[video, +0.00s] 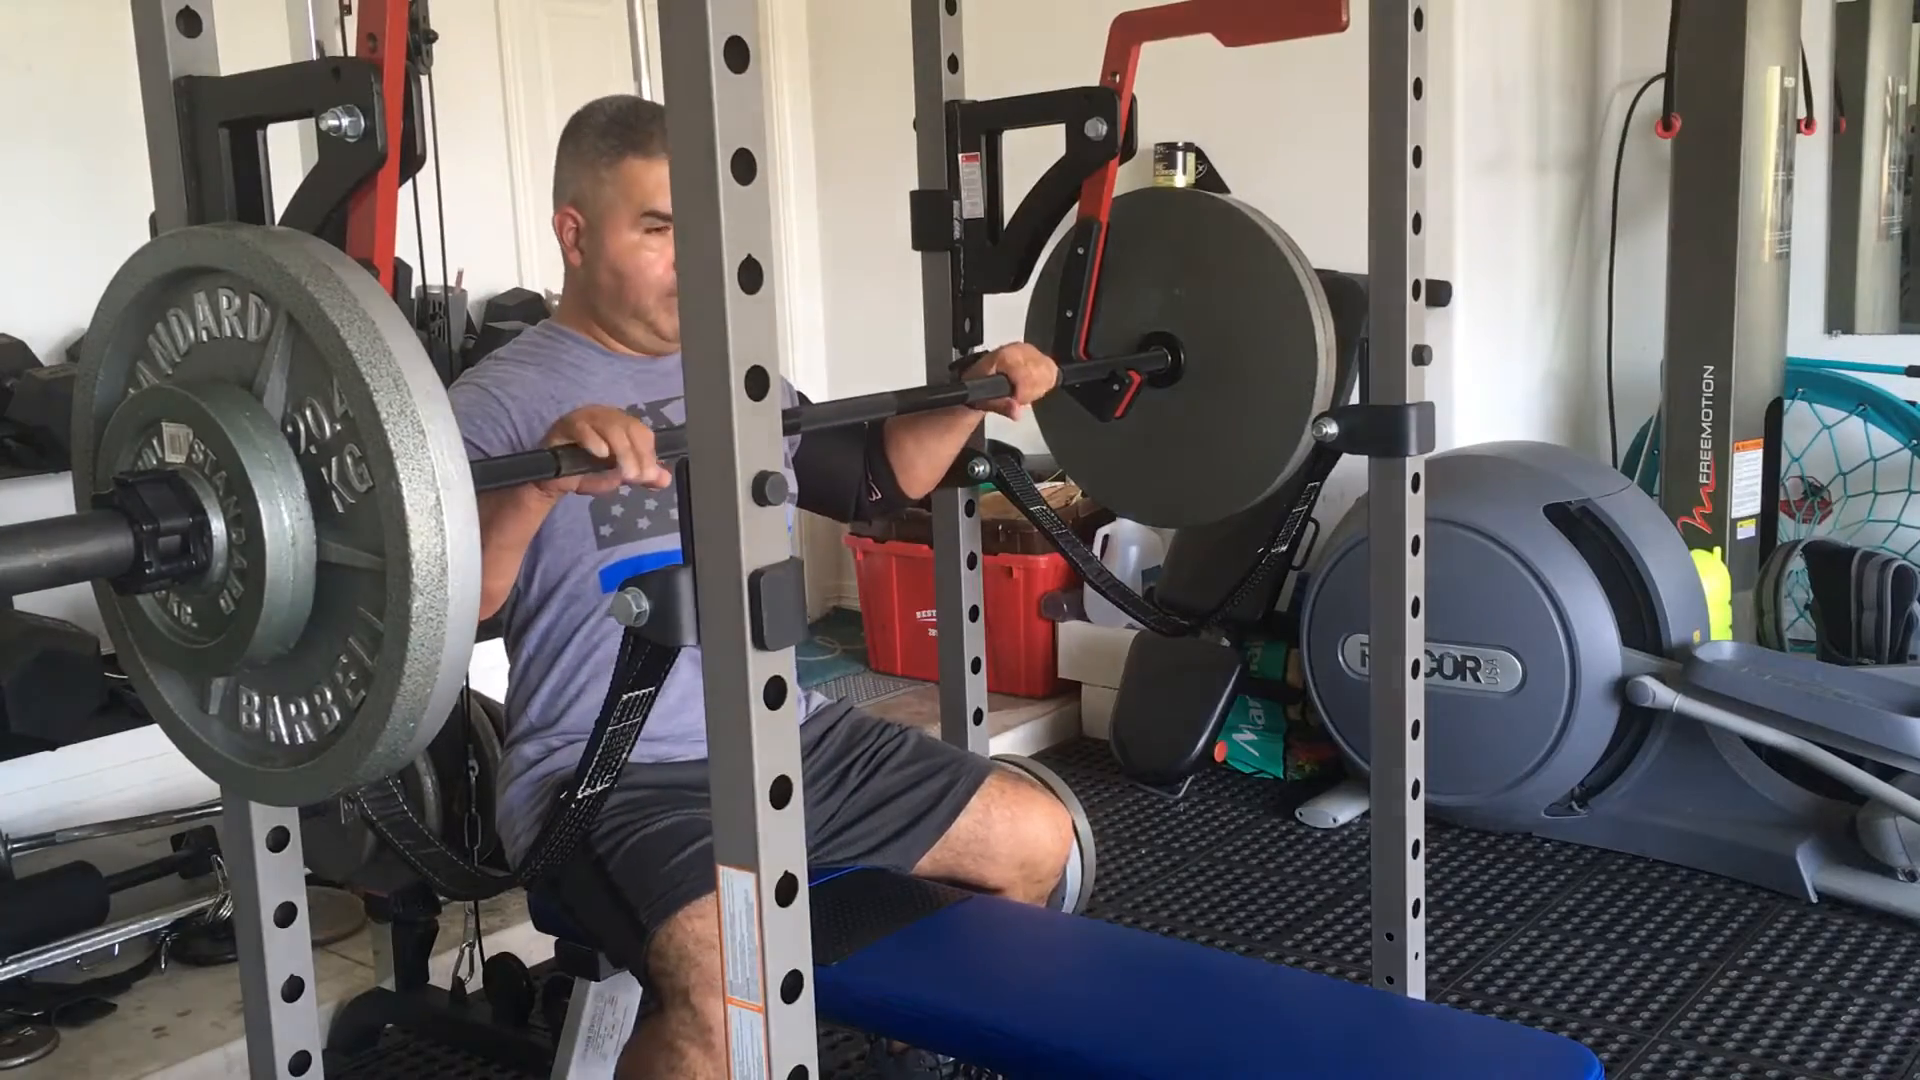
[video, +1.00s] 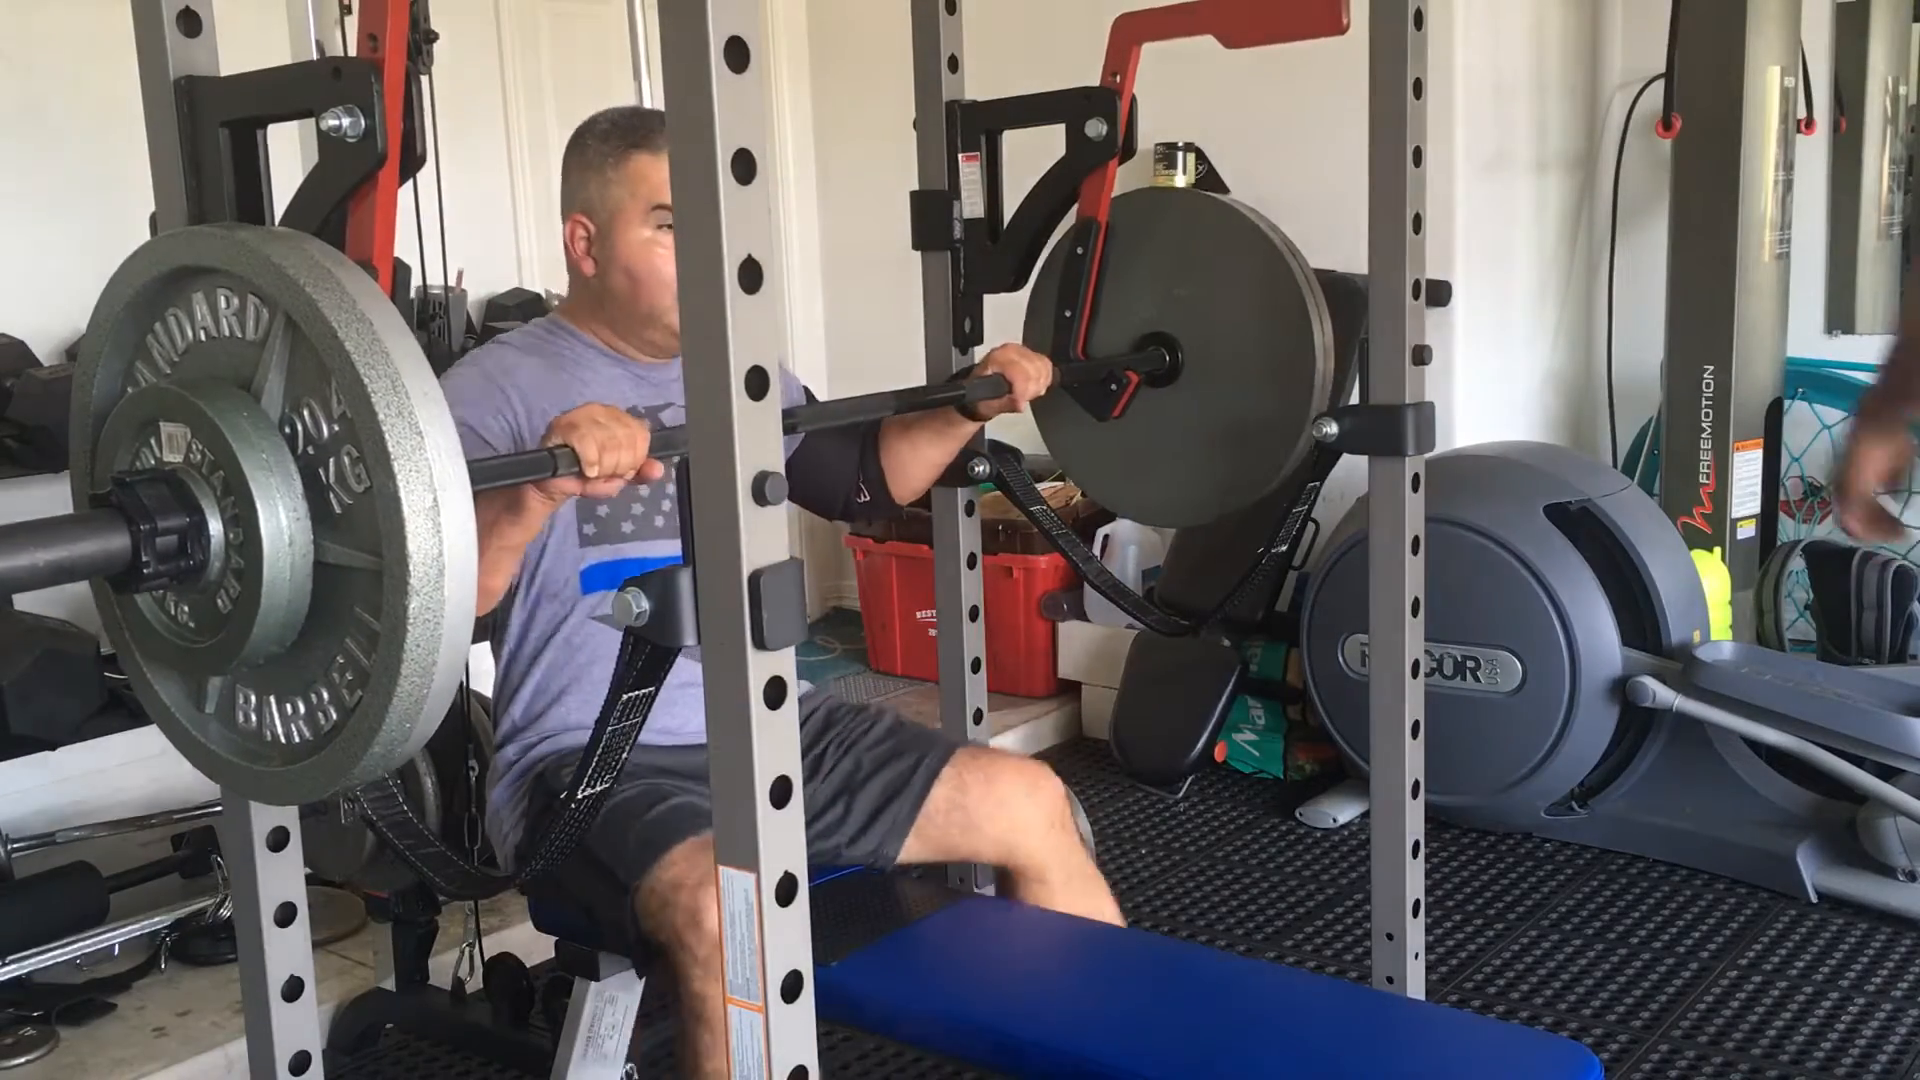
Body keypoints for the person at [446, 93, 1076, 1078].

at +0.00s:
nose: (690, 257)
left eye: (701, 227)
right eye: (657, 227)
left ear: (725, 237)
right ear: (574, 236)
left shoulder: (725, 371)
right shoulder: (503, 393)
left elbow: (871, 480)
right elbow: (461, 607)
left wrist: (972, 394)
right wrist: (545, 472)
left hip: (779, 732)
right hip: (609, 768)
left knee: (1033, 834)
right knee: (729, 968)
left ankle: (964, 1047)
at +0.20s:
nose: (694, 265)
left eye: (706, 237)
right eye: (663, 237)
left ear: (729, 245)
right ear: (581, 242)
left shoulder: (734, 375)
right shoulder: (503, 394)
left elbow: (878, 477)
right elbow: (461, 608)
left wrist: (973, 393)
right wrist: (546, 476)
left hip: (779, 731)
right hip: (608, 768)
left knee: (1031, 835)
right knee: (729, 965)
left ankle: (971, 1050)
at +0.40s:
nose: (701, 266)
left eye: (710, 238)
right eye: (668, 239)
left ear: (733, 245)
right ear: (588, 244)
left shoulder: (735, 377)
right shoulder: (507, 394)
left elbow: (879, 476)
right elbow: (464, 604)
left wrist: (976, 391)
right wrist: (553, 459)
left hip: (775, 734)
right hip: (607, 769)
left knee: (1032, 834)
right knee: (725, 957)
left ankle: (965, 1046)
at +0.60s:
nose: (707, 267)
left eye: (717, 241)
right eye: (676, 241)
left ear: (738, 246)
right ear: (594, 246)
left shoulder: (743, 378)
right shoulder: (506, 396)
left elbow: (875, 480)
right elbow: (464, 607)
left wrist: (977, 396)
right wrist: (550, 470)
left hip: (777, 735)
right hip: (609, 768)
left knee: (1033, 832)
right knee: (726, 966)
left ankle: (978, 1044)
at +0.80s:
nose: (698, 262)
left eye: (708, 235)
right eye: (666, 234)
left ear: (731, 245)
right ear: (582, 243)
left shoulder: (736, 378)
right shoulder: (492, 392)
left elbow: (872, 482)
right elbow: (467, 607)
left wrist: (977, 399)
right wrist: (552, 479)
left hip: (770, 720)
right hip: (597, 756)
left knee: (1028, 779)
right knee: (727, 924)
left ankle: (984, 1050)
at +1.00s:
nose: (703, 252)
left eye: (709, 224)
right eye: (668, 226)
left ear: (733, 235)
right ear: (584, 246)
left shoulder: (734, 373)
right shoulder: (495, 386)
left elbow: (866, 477)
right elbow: (440, 603)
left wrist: (973, 396)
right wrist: (537, 487)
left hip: (764, 726)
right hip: (590, 757)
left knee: (1028, 800)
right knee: (717, 900)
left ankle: (1126, 1050)